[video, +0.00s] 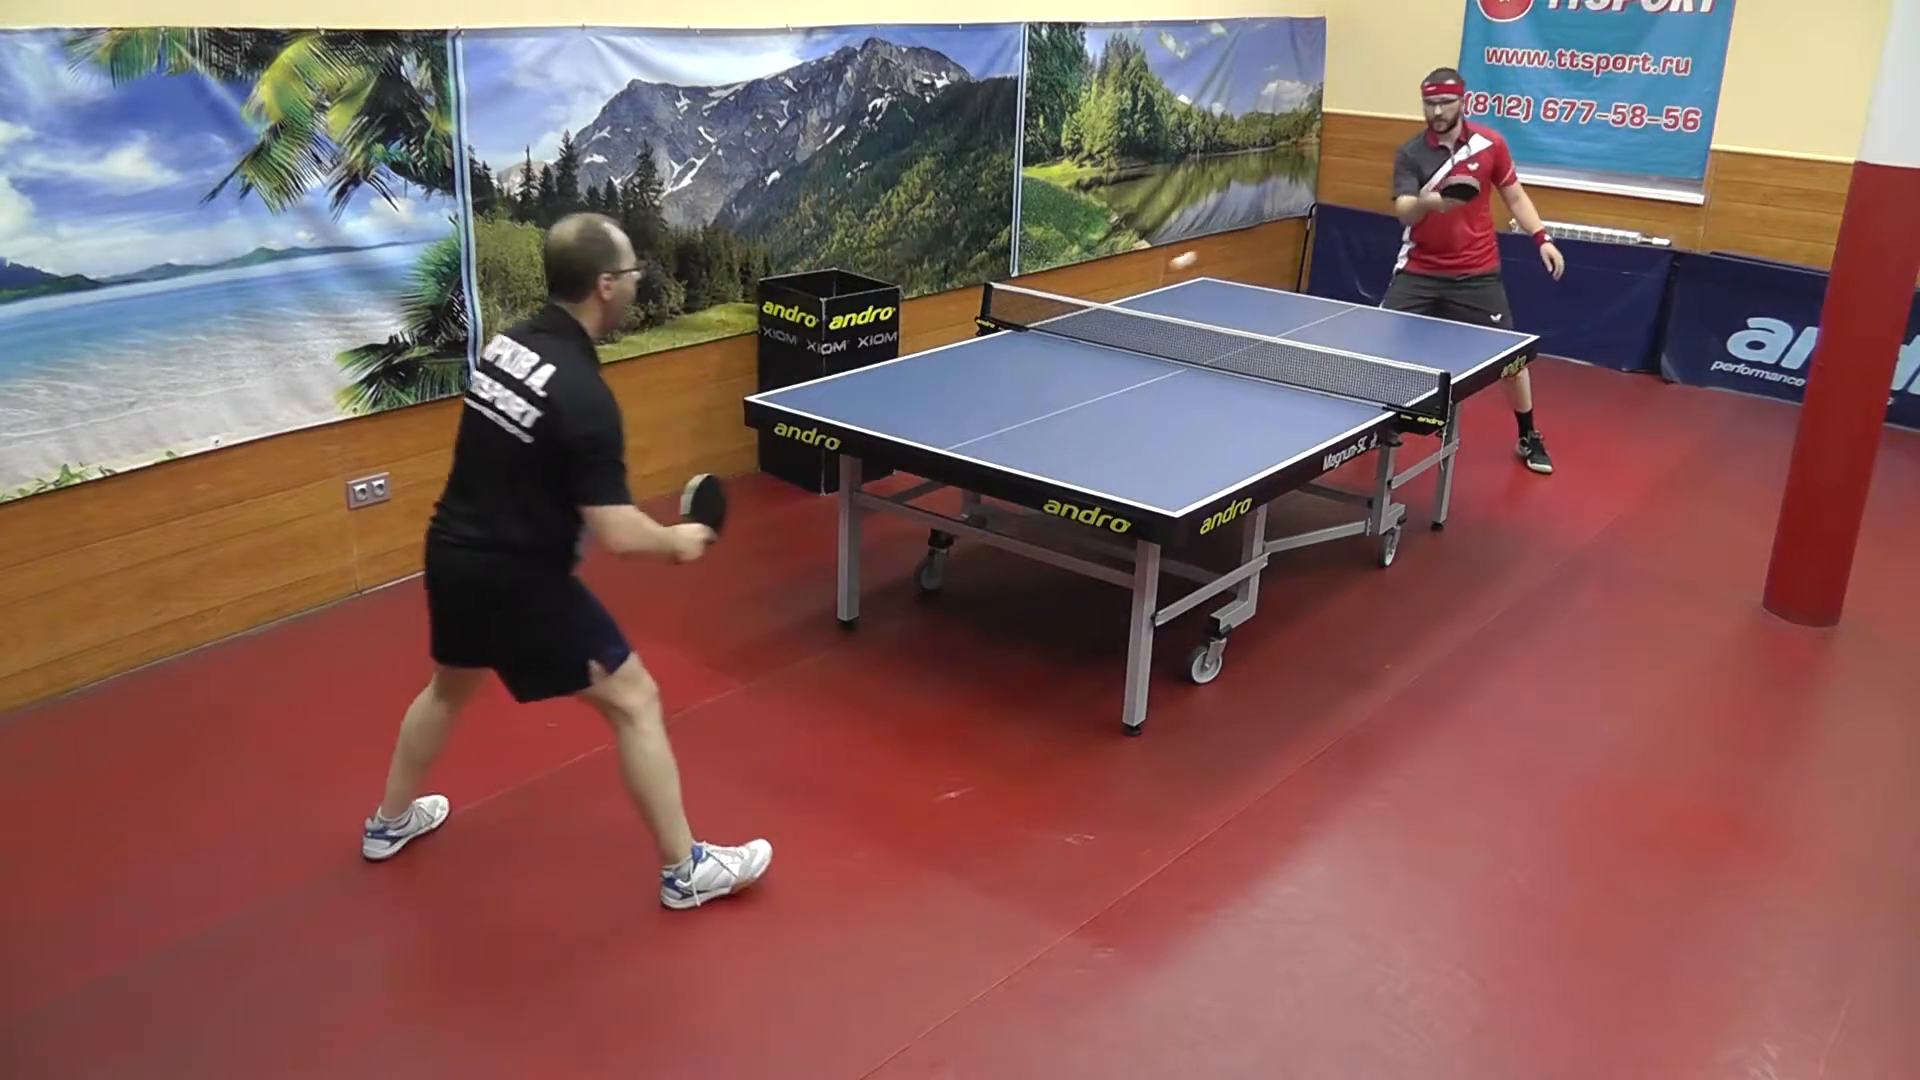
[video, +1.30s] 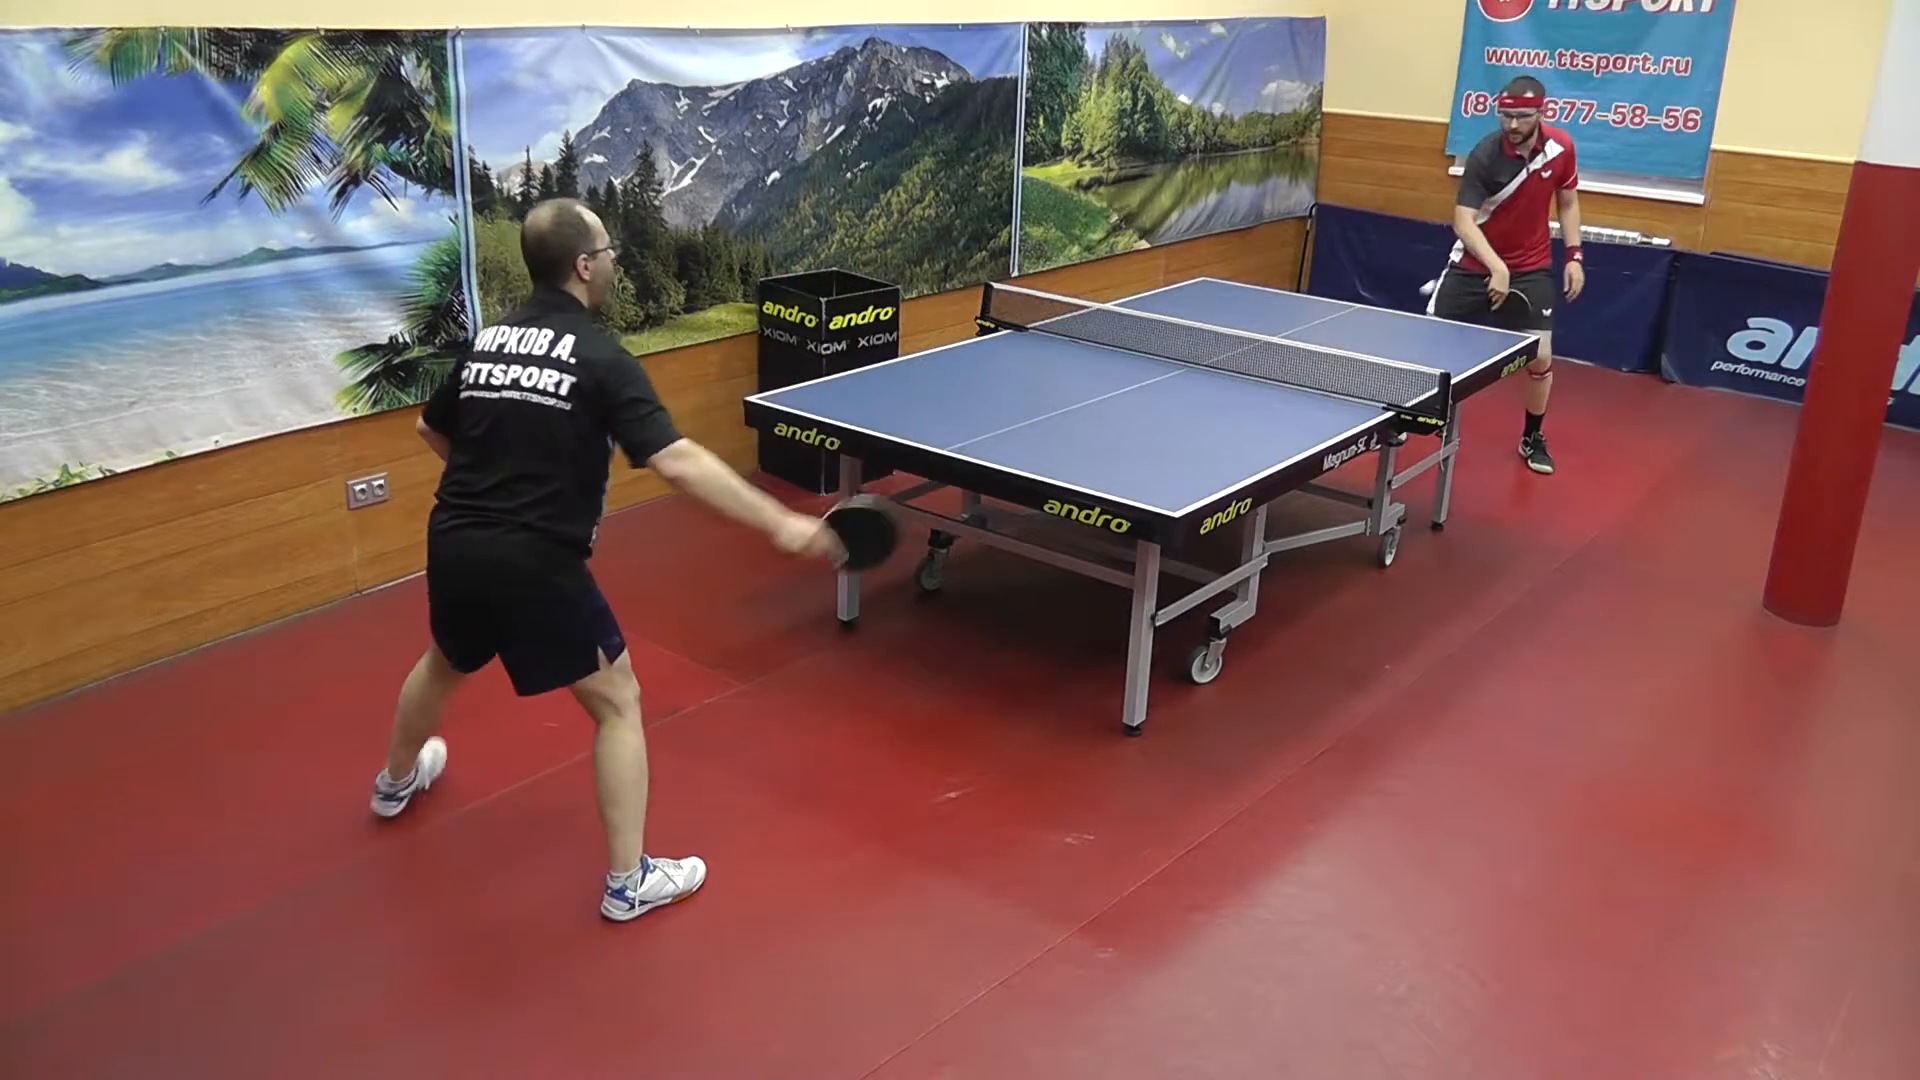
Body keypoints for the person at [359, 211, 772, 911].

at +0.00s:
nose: (637, 283)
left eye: (634, 270)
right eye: (631, 272)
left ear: (568, 283)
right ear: (603, 287)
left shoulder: (512, 342)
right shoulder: (586, 398)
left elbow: (512, 458)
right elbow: (614, 526)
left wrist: (588, 514)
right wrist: (674, 540)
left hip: (452, 558)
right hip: (523, 578)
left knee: (446, 689)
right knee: (634, 699)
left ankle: (388, 819)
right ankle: (684, 865)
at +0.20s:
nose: (600, 275)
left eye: (599, 261)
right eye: (596, 262)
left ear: (529, 267)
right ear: (569, 269)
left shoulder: (468, 330)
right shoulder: (555, 369)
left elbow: (455, 435)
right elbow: (596, 496)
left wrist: (550, 484)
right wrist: (626, 516)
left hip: (419, 547)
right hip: (494, 561)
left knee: (439, 681)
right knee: (585, 702)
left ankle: (390, 816)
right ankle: (624, 872)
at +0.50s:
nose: (576, 286)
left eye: (572, 273)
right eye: (572, 275)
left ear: (501, 284)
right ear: (554, 281)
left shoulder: (452, 365)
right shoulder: (587, 364)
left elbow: (398, 483)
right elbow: (637, 470)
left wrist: (448, 526)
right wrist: (566, 454)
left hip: (448, 580)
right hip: (540, 583)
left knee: (436, 693)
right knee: (631, 699)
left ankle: (388, 820)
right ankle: (630, 874)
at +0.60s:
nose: (579, 297)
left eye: (575, 285)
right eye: (576, 287)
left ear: (504, 299)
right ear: (564, 294)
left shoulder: (464, 379)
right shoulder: (600, 373)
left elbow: (405, 501)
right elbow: (664, 470)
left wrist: (446, 546)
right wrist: (598, 455)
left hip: (460, 591)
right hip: (553, 591)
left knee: (443, 697)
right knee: (643, 700)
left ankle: (390, 821)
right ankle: (630, 874)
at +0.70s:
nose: (587, 291)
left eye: (583, 280)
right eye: (583, 281)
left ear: (508, 297)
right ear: (567, 289)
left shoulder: (471, 382)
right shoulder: (611, 372)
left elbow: (417, 504)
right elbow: (705, 446)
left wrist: (450, 560)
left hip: (472, 591)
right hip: (565, 592)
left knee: (444, 701)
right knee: (648, 703)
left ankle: (389, 821)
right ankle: (630, 874)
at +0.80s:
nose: (592, 281)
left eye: (588, 270)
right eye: (588, 271)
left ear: (515, 293)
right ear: (573, 284)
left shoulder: (480, 377)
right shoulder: (619, 365)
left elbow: (423, 495)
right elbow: (744, 413)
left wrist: (471, 546)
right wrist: (848, 436)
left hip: (473, 586)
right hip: (565, 589)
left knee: (442, 701)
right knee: (649, 702)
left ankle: (388, 821)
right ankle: (630, 874)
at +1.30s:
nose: (614, 265)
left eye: (611, 252)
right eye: (609, 254)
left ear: (542, 267)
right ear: (584, 265)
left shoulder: (492, 337)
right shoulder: (599, 353)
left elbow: (433, 425)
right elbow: (675, 459)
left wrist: (491, 472)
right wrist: (782, 523)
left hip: (455, 549)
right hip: (538, 563)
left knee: (445, 660)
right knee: (616, 704)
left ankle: (395, 779)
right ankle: (629, 877)